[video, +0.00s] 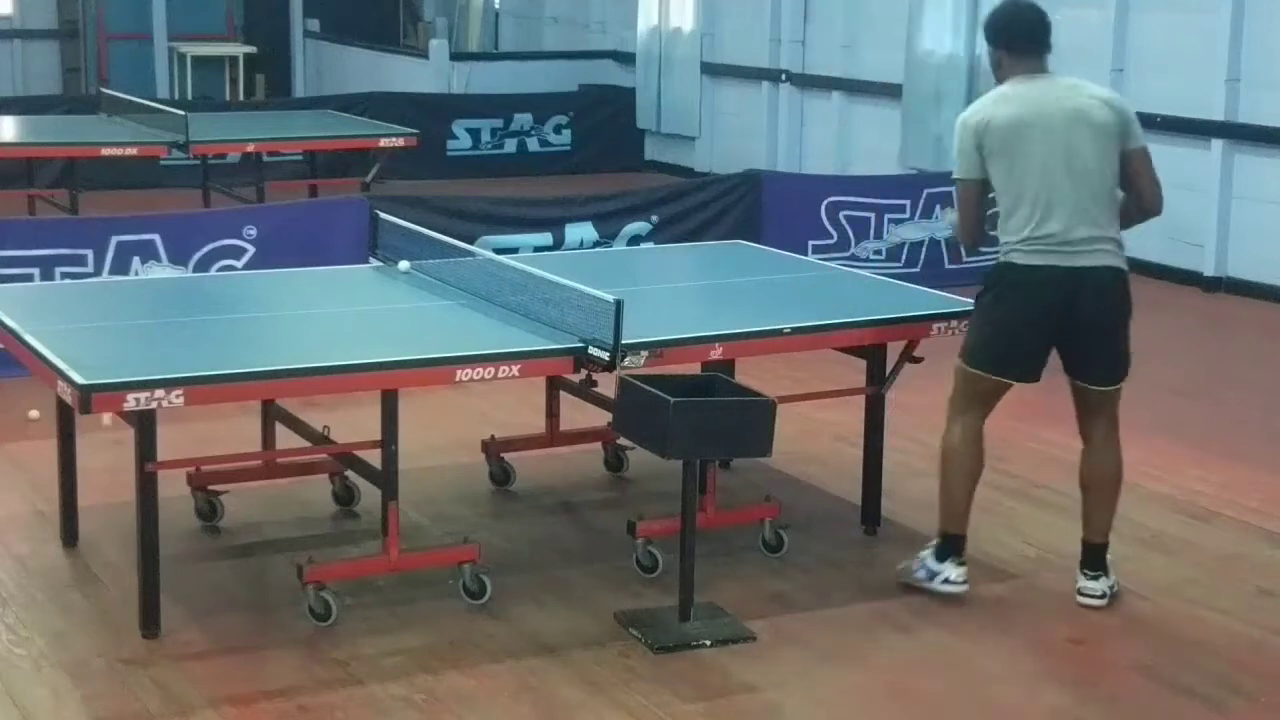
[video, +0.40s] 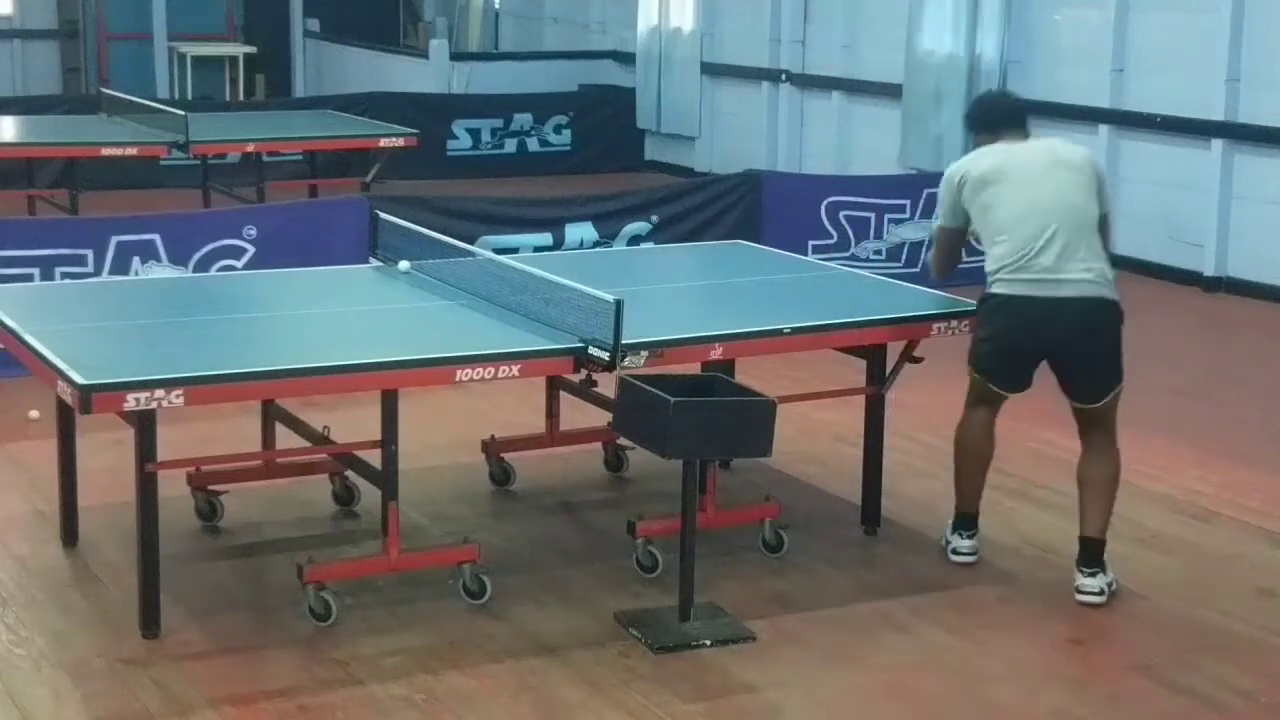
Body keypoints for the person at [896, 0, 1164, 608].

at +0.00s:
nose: (993, 61)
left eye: (991, 52)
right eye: (997, 51)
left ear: (995, 52)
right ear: (1049, 47)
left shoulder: (979, 118)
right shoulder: (1107, 104)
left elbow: (970, 234)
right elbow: (1148, 202)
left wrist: (995, 208)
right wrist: (1091, 221)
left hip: (1021, 290)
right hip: (1101, 292)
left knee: (966, 415)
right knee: (1100, 424)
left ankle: (948, 558)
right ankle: (1095, 571)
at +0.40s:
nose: (972, 146)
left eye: (971, 139)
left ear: (976, 135)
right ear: (1027, 126)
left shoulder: (964, 171)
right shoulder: (1081, 159)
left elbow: (940, 269)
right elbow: (1102, 242)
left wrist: (956, 234)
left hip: (1013, 311)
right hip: (1090, 313)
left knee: (981, 408)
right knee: (1098, 432)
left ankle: (964, 531)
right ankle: (1091, 567)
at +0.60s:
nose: (952, 169)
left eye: (950, 163)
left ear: (954, 159)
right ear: (1003, 148)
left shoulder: (945, 185)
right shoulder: (1056, 170)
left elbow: (925, 285)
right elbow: (1080, 255)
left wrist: (927, 277)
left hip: (992, 311)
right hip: (1071, 311)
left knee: (972, 402)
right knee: (1090, 425)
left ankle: (964, 531)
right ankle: (1091, 556)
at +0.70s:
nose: (951, 164)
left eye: (950, 157)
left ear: (953, 154)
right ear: (1002, 145)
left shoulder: (943, 181)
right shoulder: (1054, 166)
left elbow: (920, 283)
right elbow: (1081, 258)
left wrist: (920, 278)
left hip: (988, 307)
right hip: (1067, 305)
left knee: (970, 401)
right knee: (1095, 423)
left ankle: (964, 531)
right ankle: (1100, 556)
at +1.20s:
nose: (1044, 99)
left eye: (1048, 92)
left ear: (1051, 97)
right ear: (1104, 106)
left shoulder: (1013, 134)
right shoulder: (1127, 153)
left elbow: (919, 175)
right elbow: (1151, 240)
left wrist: (896, 167)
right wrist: (1098, 250)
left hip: (1005, 289)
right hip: (1082, 296)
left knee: (985, 396)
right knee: (1124, 427)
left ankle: (964, 530)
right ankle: (1141, 577)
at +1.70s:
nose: (1026, 142)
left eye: (1029, 136)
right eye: (1032, 138)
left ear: (1036, 138)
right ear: (1085, 141)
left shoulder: (1021, 173)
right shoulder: (1121, 179)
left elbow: (954, 226)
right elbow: (1175, 254)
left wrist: (859, 236)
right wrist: (1118, 258)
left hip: (1068, 324)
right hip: (1142, 327)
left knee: (990, 405)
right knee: (1141, 443)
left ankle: (1030, 541)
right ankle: (1148, 553)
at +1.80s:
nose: (993, 135)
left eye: (998, 124)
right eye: (996, 124)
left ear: (1018, 129)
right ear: (1052, 135)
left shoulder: (1021, 168)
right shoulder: (1086, 174)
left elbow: (988, 227)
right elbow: (1101, 252)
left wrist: (887, 243)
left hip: (1076, 324)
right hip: (1141, 327)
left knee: (989, 409)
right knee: (1122, 450)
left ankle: (1031, 544)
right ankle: (1151, 542)